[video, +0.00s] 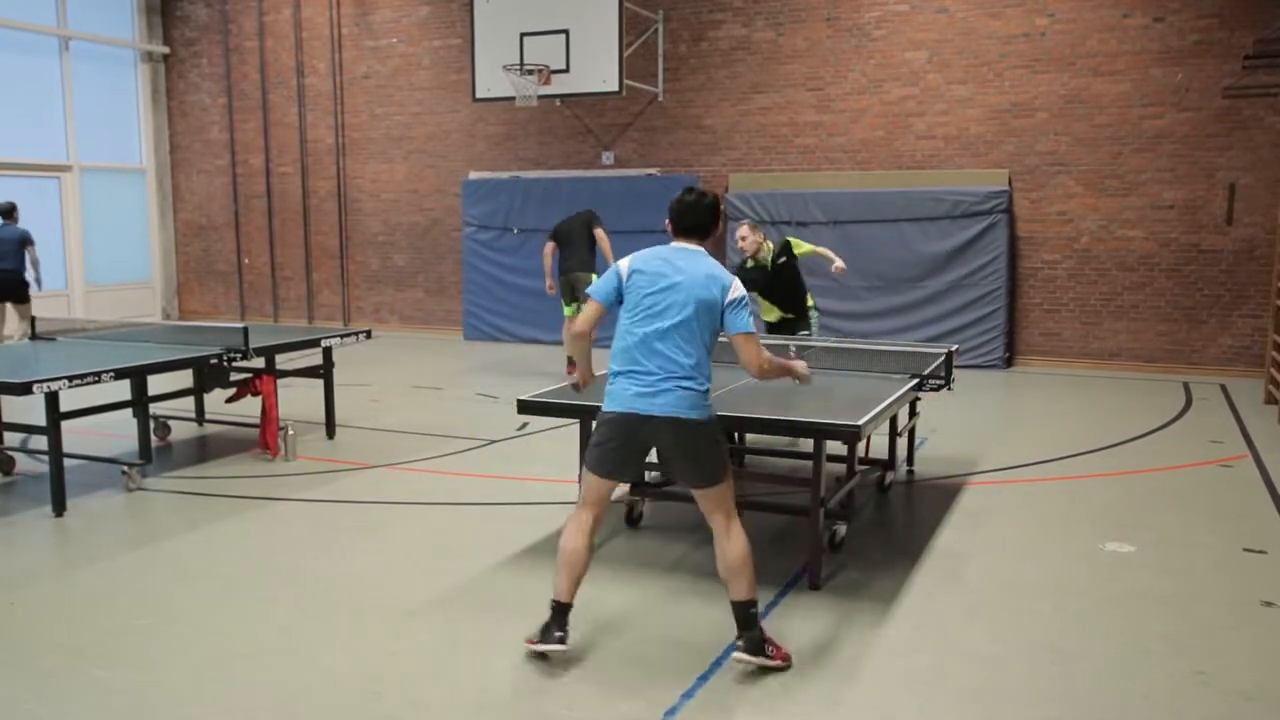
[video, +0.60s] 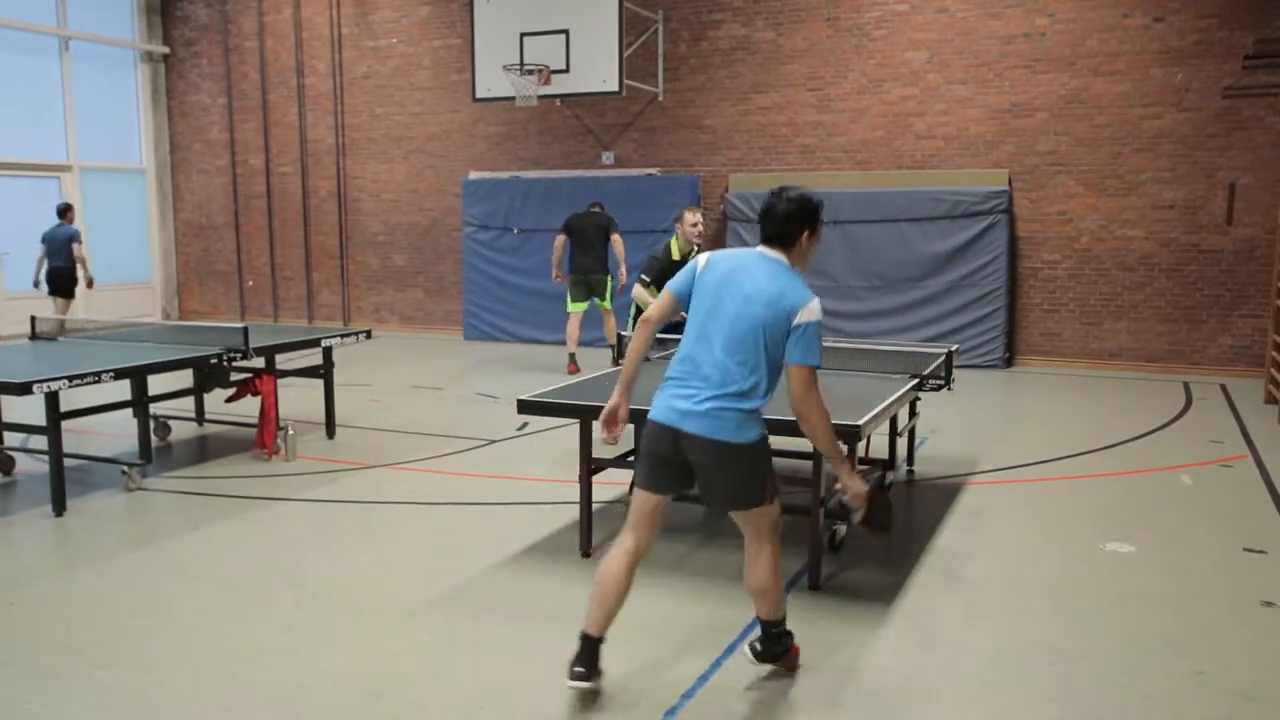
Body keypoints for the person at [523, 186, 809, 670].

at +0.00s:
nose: (725, 233)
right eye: (724, 227)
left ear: (670, 227)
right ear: (717, 230)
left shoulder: (631, 264)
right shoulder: (724, 282)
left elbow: (578, 329)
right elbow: (757, 365)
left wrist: (584, 373)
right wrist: (787, 367)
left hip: (623, 410)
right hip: (687, 416)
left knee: (587, 512)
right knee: (725, 520)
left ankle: (557, 624)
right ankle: (750, 636)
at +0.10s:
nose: (729, 263)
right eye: (731, 256)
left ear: (681, 253)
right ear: (725, 261)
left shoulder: (638, 292)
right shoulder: (724, 310)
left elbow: (586, 353)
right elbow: (767, 395)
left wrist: (593, 399)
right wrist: (838, 407)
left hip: (617, 446)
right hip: (680, 451)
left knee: (575, 538)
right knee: (736, 533)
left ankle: (510, 640)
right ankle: (750, 652)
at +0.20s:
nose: (749, 303)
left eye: (745, 293)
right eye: (749, 295)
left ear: (697, 290)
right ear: (742, 300)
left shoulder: (652, 329)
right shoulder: (726, 354)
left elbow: (596, 383)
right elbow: (781, 434)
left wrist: (591, 441)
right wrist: (857, 425)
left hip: (613, 477)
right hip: (675, 481)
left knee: (575, 559)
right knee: (747, 532)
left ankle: (508, 649)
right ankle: (752, 655)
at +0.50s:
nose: (799, 286)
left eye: (799, 279)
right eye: (799, 279)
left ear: (746, 274)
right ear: (788, 281)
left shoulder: (694, 302)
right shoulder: (787, 344)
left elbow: (629, 354)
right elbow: (825, 432)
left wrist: (586, 417)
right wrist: (881, 437)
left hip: (650, 459)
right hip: (717, 473)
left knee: (586, 554)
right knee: (769, 536)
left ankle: (524, 645)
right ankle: (756, 655)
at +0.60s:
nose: (818, 242)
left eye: (817, 233)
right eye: (818, 234)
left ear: (765, 229)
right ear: (807, 236)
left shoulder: (708, 262)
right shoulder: (799, 299)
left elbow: (649, 319)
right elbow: (802, 397)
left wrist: (620, 393)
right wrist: (843, 468)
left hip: (664, 422)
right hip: (730, 436)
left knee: (633, 535)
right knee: (761, 533)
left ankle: (586, 652)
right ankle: (772, 641)